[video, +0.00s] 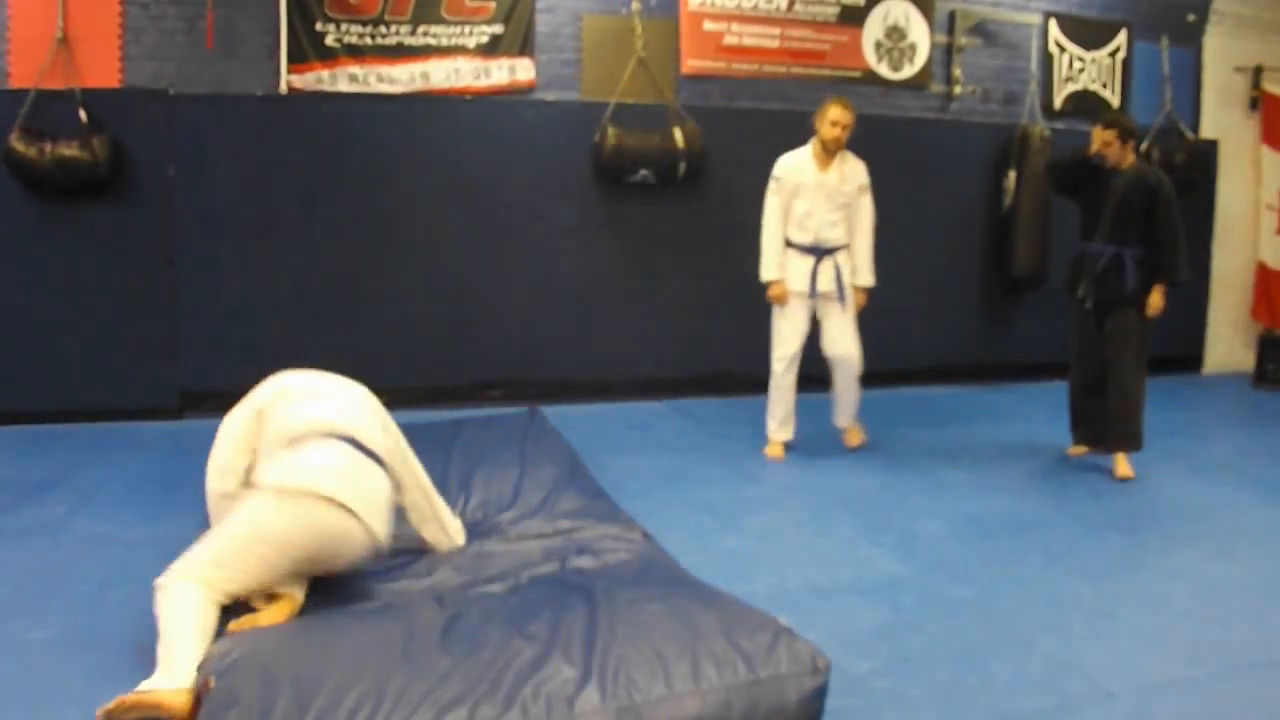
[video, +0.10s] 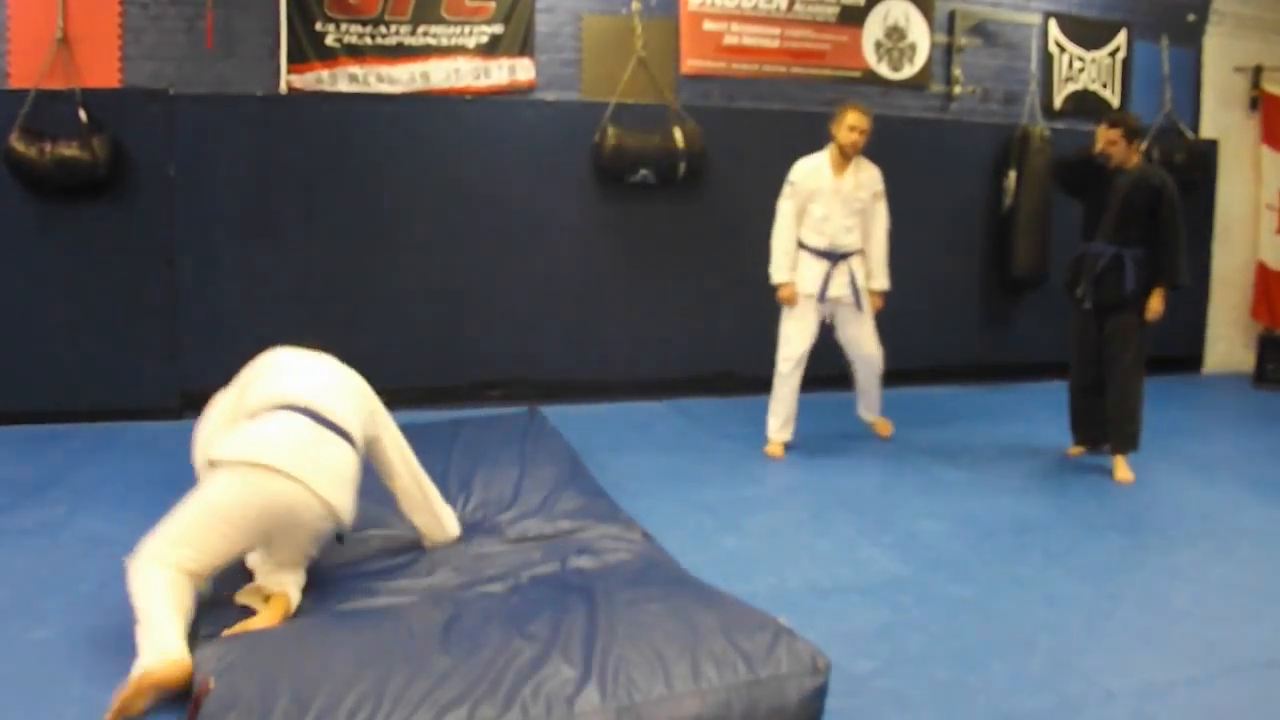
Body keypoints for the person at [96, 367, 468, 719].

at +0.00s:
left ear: (283, 381)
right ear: (343, 385)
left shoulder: (264, 396)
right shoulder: (369, 407)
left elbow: (223, 478)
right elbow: (414, 480)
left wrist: (234, 545)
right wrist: (451, 539)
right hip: (363, 525)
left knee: (187, 580)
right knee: (275, 544)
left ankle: (172, 679)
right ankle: (286, 595)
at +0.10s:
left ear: (279, 357)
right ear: (335, 363)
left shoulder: (259, 371)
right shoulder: (357, 388)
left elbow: (210, 427)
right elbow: (403, 469)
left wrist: (215, 479)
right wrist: (443, 529)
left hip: (248, 474)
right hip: (318, 494)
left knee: (163, 562)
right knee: (282, 563)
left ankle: (163, 655)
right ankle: (279, 596)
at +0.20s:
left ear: (285, 324)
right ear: (325, 336)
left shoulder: (254, 336)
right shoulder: (347, 371)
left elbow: (182, 389)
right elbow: (390, 453)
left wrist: (196, 455)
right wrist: (429, 520)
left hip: (226, 456)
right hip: (297, 485)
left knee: (138, 516)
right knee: (276, 559)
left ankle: (146, 606)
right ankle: (273, 596)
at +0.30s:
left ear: (266, 301)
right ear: (308, 319)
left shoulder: (238, 310)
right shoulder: (331, 354)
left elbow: (158, 363)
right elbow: (367, 442)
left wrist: (179, 433)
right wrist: (399, 518)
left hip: (201, 447)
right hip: (275, 475)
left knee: (147, 466)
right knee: (272, 556)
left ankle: (142, 579)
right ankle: (269, 595)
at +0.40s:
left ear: (243, 281)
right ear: (288, 294)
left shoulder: (215, 295)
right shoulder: (311, 334)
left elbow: (136, 355)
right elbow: (338, 431)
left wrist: (175, 405)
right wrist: (356, 511)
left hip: (187, 431)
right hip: (260, 454)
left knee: (164, 445)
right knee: (267, 551)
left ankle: (160, 564)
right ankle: (265, 601)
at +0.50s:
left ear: (230, 265)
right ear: (277, 274)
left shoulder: (195, 288)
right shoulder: (304, 319)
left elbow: (133, 355)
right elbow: (321, 412)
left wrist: (168, 409)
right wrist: (320, 487)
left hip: (184, 421)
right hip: (256, 439)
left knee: (171, 457)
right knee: (263, 545)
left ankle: (161, 563)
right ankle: (267, 601)